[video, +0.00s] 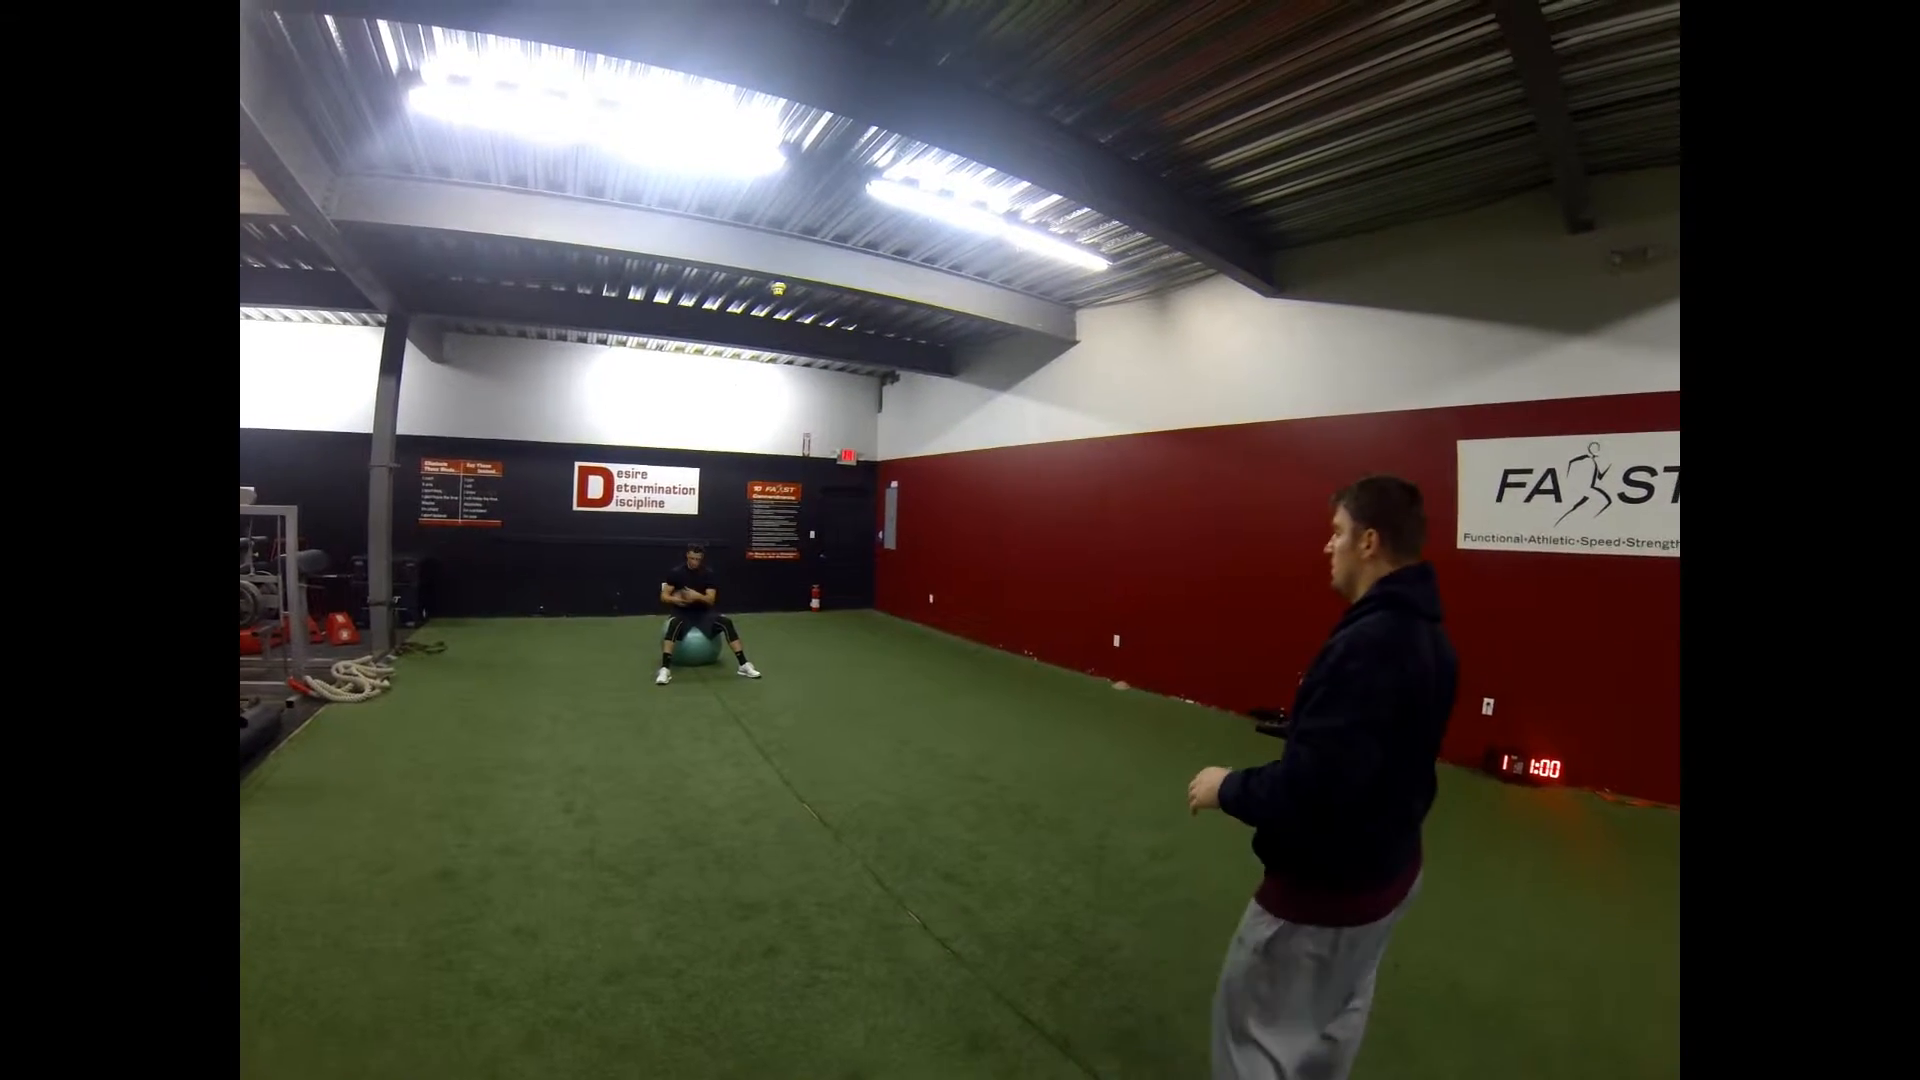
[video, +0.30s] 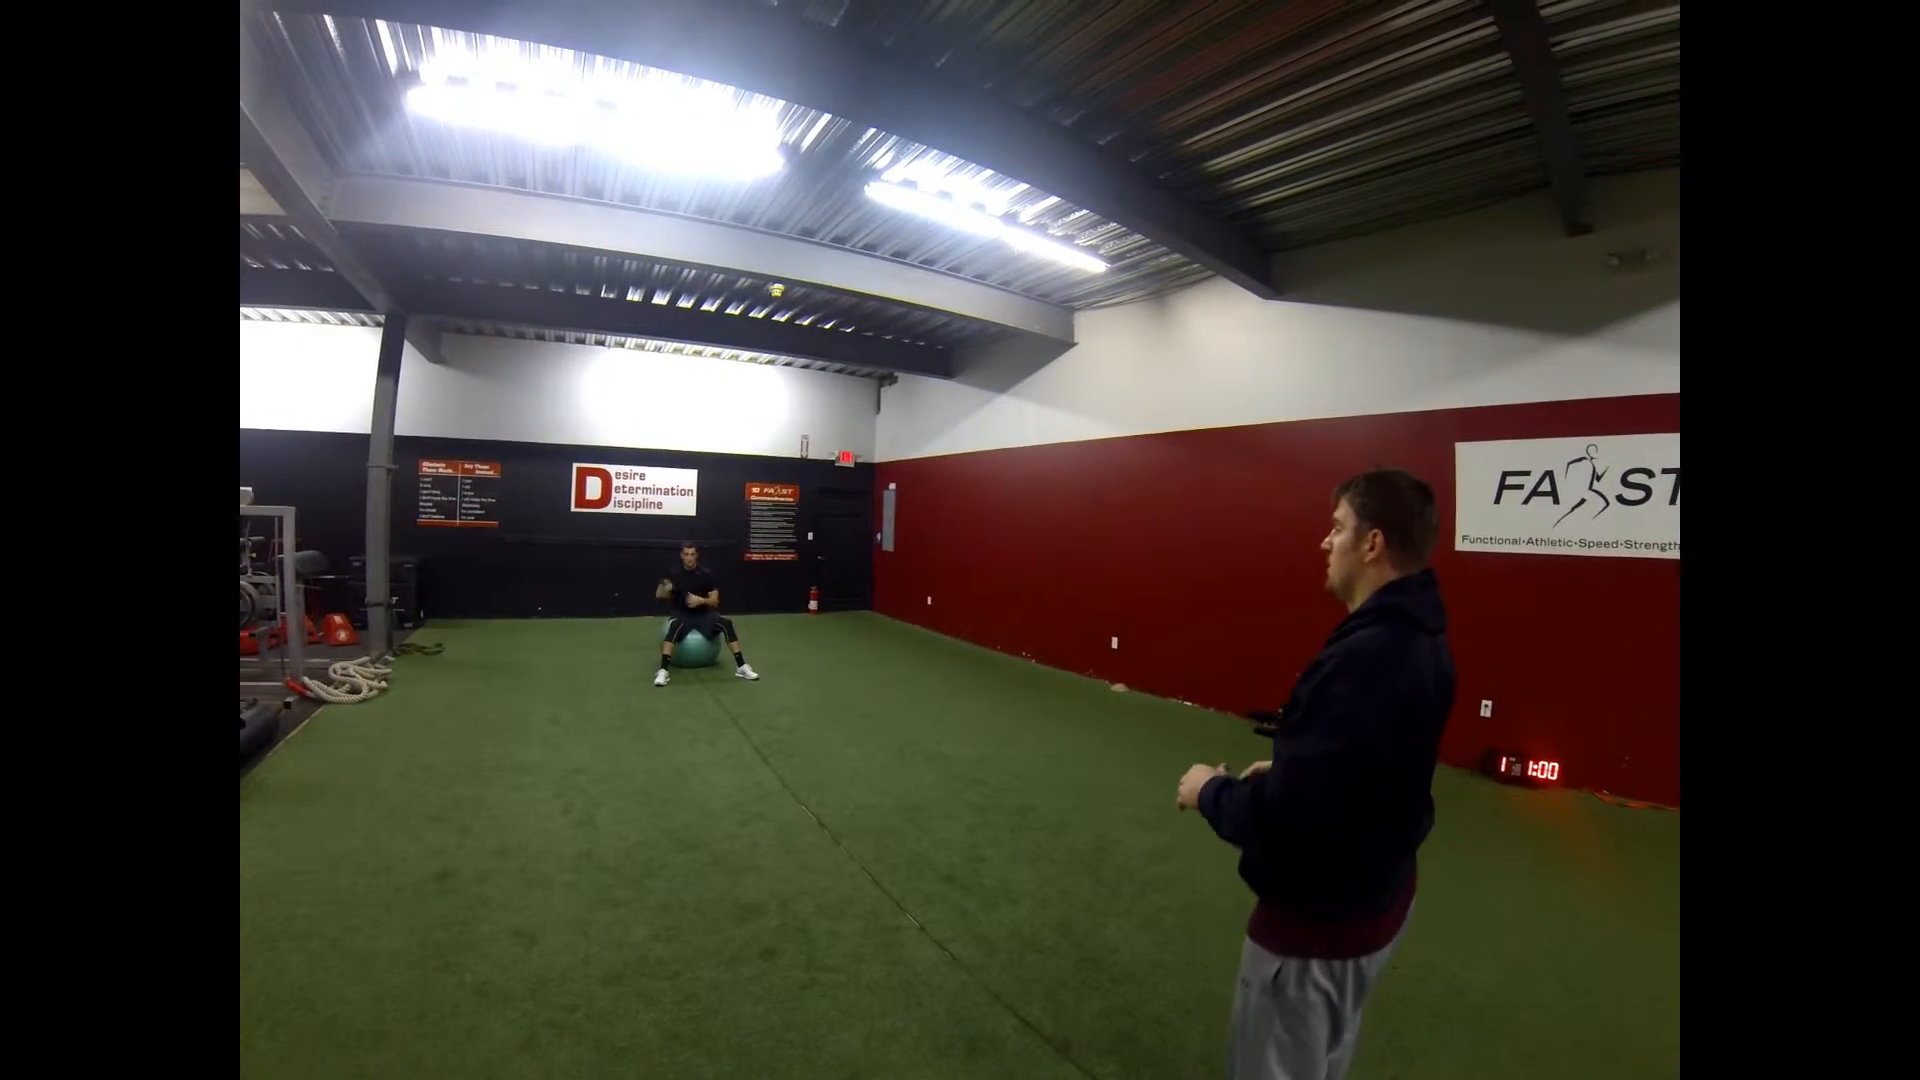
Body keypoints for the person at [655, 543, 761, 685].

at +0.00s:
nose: (695, 562)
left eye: (698, 559)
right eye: (692, 559)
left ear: (702, 559)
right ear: (687, 557)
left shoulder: (708, 573)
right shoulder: (677, 573)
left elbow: (711, 600)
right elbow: (664, 596)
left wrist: (696, 596)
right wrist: (677, 600)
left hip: (703, 613)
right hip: (683, 613)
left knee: (726, 622)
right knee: (674, 624)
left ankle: (744, 664)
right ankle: (665, 669)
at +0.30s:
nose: (689, 558)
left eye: (692, 554)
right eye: (686, 554)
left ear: (697, 556)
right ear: (681, 555)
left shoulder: (706, 574)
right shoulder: (675, 574)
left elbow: (715, 601)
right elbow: (664, 595)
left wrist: (701, 601)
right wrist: (663, 592)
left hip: (704, 614)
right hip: (683, 614)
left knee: (726, 623)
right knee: (675, 626)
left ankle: (741, 666)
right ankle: (663, 670)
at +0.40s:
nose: (690, 557)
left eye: (693, 554)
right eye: (687, 554)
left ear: (697, 556)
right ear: (681, 555)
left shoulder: (706, 573)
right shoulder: (676, 575)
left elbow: (720, 597)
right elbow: (669, 598)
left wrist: (708, 603)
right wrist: (659, 586)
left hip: (704, 615)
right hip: (684, 615)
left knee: (727, 623)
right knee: (677, 626)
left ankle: (742, 667)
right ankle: (664, 670)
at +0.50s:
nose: (690, 555)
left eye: (693, 552)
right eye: (687, 552)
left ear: (697, 554)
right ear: (682, 554)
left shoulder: (707, 572)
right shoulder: (677, 574)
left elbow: (724, 593)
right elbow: (659, 593)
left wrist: (718, 599)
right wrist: (657, 569)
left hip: (705, 615)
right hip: (684, 616)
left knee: (728, 623)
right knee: (677, 625)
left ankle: (742, 666)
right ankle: (664, 670)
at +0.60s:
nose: (691, 552)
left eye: (694, 549)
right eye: (688, 549)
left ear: (699, 552)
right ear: (683, 552)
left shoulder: (708, 570)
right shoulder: (678, 571)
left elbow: (723, 591)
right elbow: (661, 583)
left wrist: (718, 594)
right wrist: (655, 560)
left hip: (706, 613)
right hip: (685, 613)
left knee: (728, 622)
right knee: (676, 623)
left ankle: (742, 664)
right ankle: (664, 668)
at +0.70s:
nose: (691, 549)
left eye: (694, 547)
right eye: (688, 546)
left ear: (699, 549)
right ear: (684, 549)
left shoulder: (708, 568)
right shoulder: (680, 567)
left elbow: (721, 592)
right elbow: (670, 572)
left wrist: (714, 588)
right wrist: (663, 551)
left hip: (706, 612)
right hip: (685, 612)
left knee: (728, 621)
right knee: (677, 622)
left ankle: (743, 664)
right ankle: (665, 667)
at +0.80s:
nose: (694, 545)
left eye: (696, 542)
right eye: (691, 542)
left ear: (702, 545)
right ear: (686, 545)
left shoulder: (710, 565)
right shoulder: (679, 562)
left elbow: (719, 589)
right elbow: (673, 575)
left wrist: (708, 587)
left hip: (708, 610)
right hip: (687, 609)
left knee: (730, 619)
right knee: (678, 619)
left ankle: (744, 662)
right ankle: (666, 665)